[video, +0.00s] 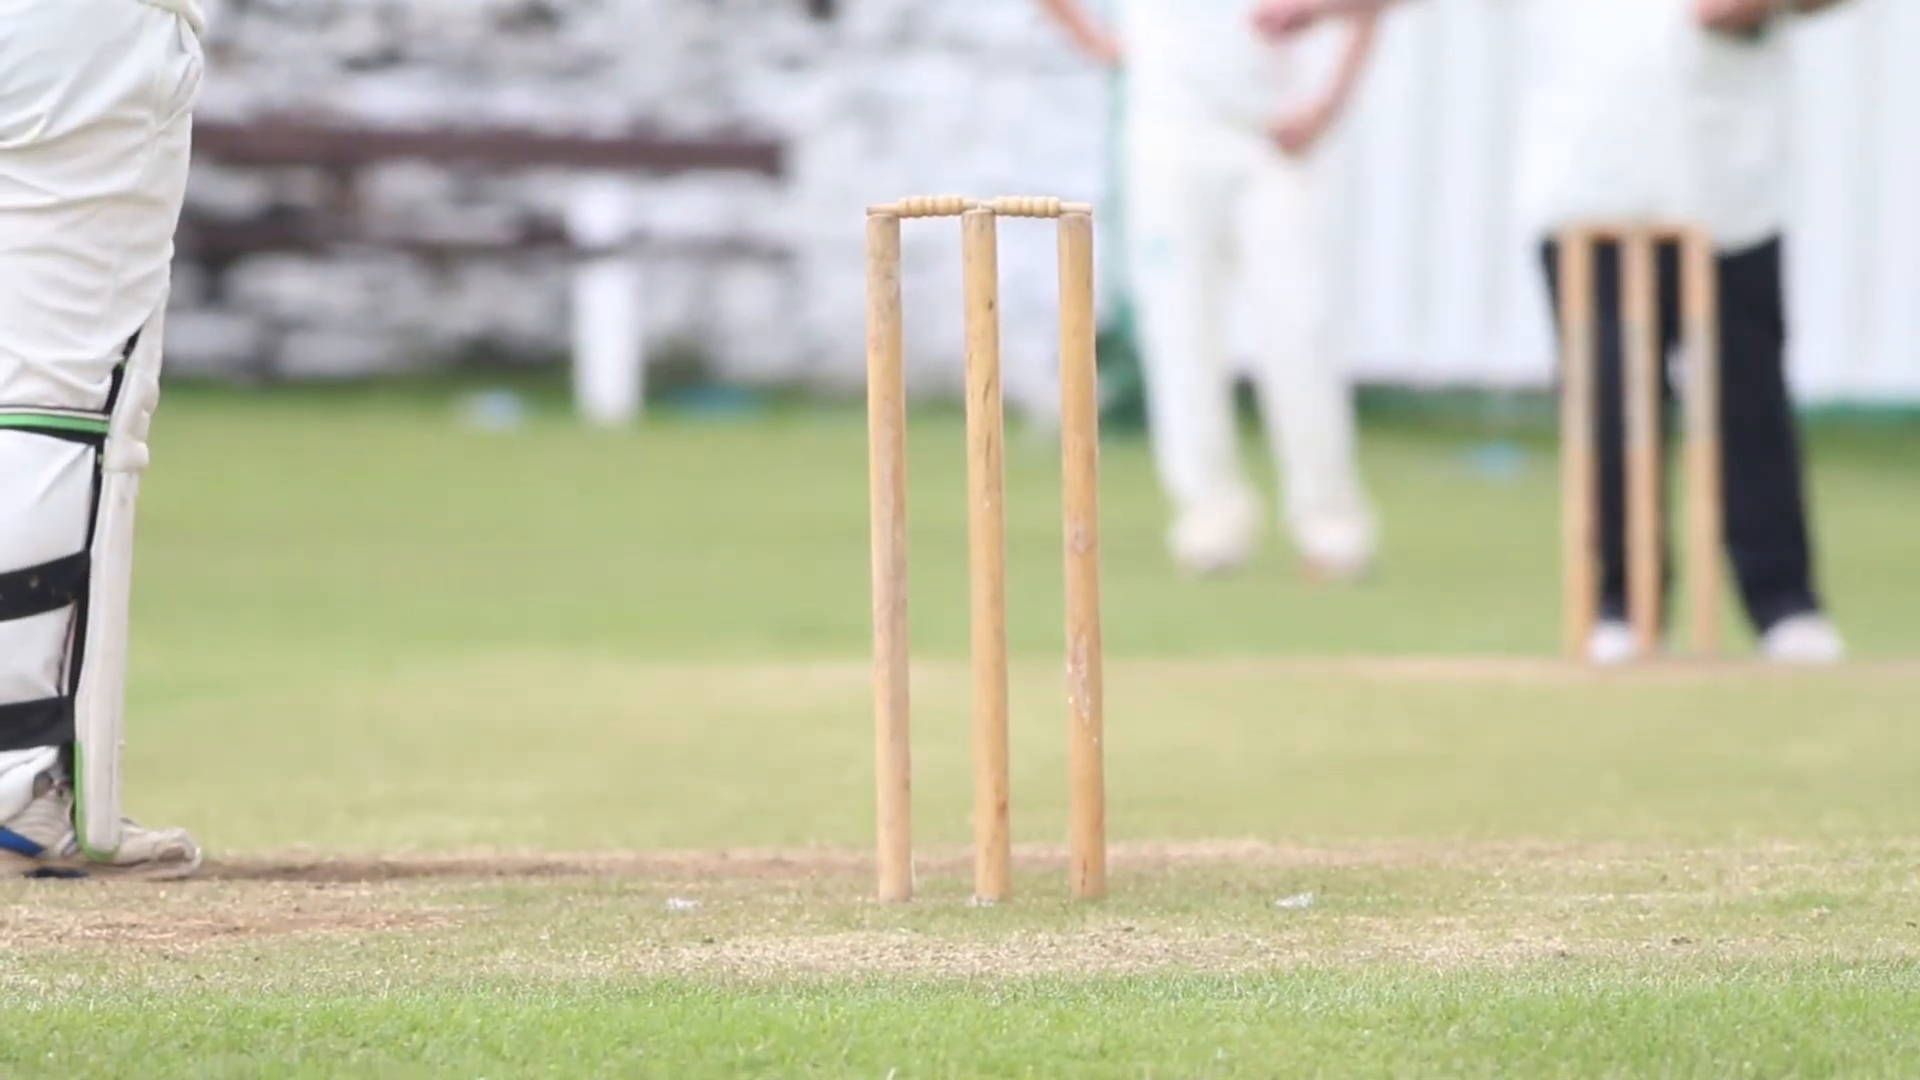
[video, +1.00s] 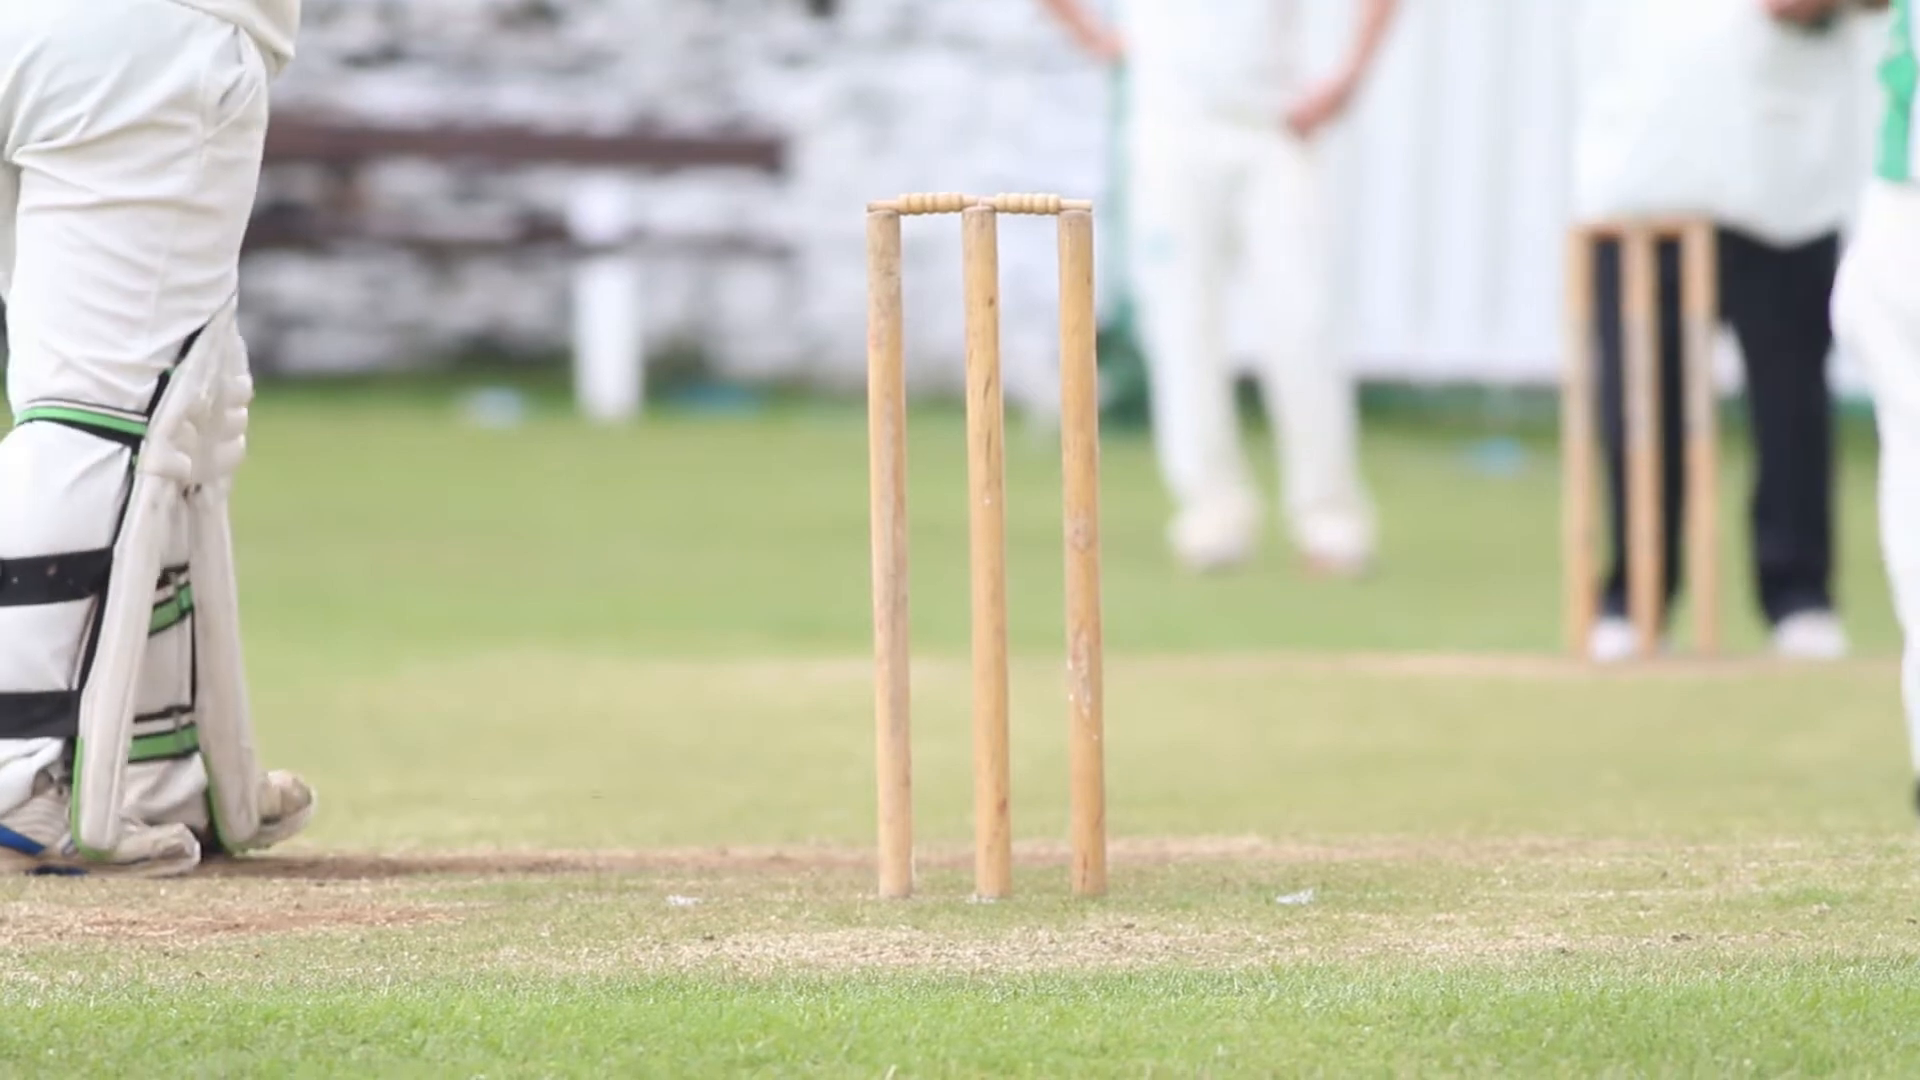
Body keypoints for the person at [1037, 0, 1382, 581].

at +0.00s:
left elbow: (1367, 11)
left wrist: (1323, 104)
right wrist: (1097, 40)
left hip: (1282, 119)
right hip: (1167, 112)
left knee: (1297, 325)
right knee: (1177, 326)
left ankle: (1329, 520)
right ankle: (1210, 515)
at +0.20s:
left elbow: (1317, 27)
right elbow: (1050, 5)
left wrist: (1316, 157)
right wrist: (1102, 42)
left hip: (1275, 126)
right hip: (1169, 125)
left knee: (1299, 328)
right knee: (1180, 329)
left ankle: (1329, 518)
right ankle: (1211, 515)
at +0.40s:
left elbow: (1379, 6)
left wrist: (1337, 88)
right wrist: (1096, 37)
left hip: (1281, 118)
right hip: (1166, 117)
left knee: (1302, 326)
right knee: (1178, 329)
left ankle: (1328, 517)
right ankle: (1212, 515)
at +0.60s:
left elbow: (1359, 10)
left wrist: (1326, 127)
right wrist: (1097, 37)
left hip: (1279, 124)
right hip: (1168, 120)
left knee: (1300, 330)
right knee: (1179, 331)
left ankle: (1329, 518)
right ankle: (1212, 515)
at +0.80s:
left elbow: (1327, 21)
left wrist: (1310, 144)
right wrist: (1098, 37)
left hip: (1279, 125)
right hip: (1170, 124)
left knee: (1304, 328)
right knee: (1181, 328)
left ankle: (1330, 516)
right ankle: (1213, 513)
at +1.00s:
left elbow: (1383, 5)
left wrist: (1343, 81)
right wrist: (1093, 35)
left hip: (1285, 114)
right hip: (1167, 113)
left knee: (1302, 324)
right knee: (1179, 326)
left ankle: (1328, 515)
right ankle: (1212, 512)